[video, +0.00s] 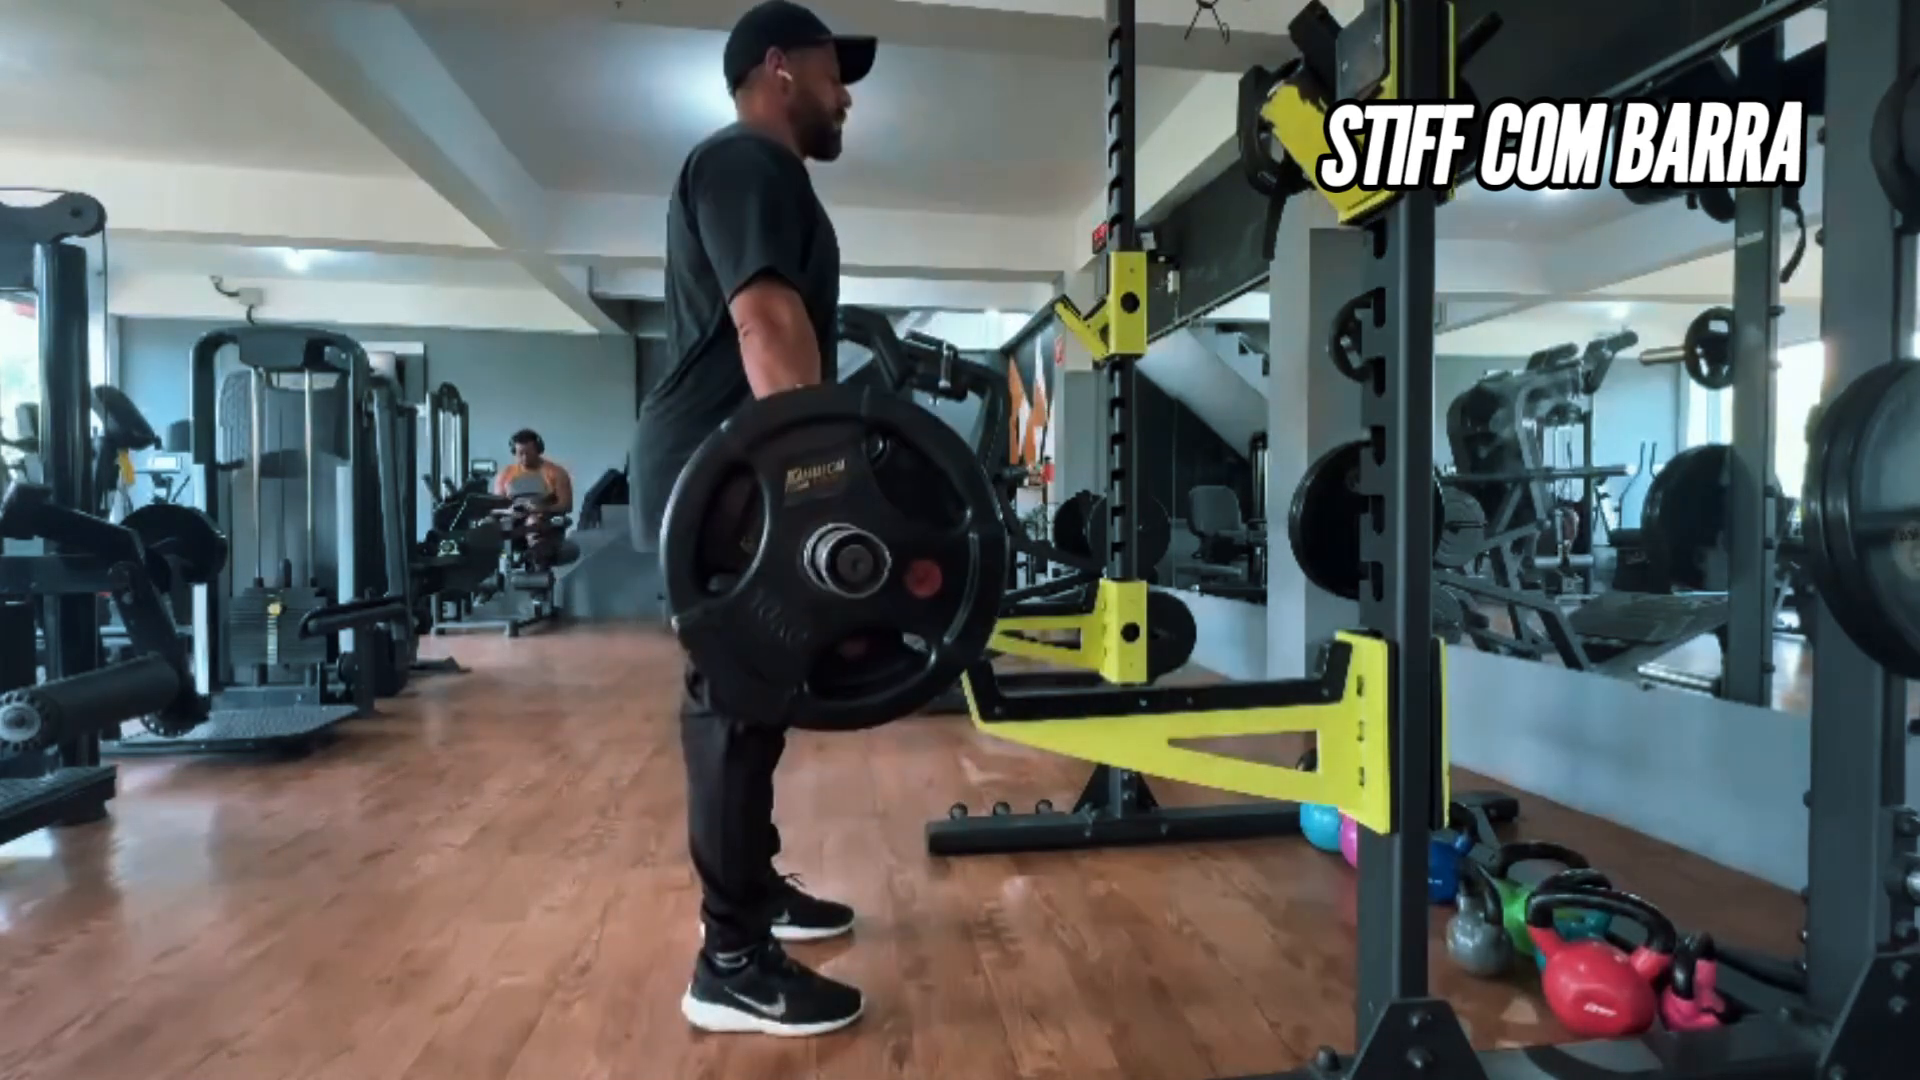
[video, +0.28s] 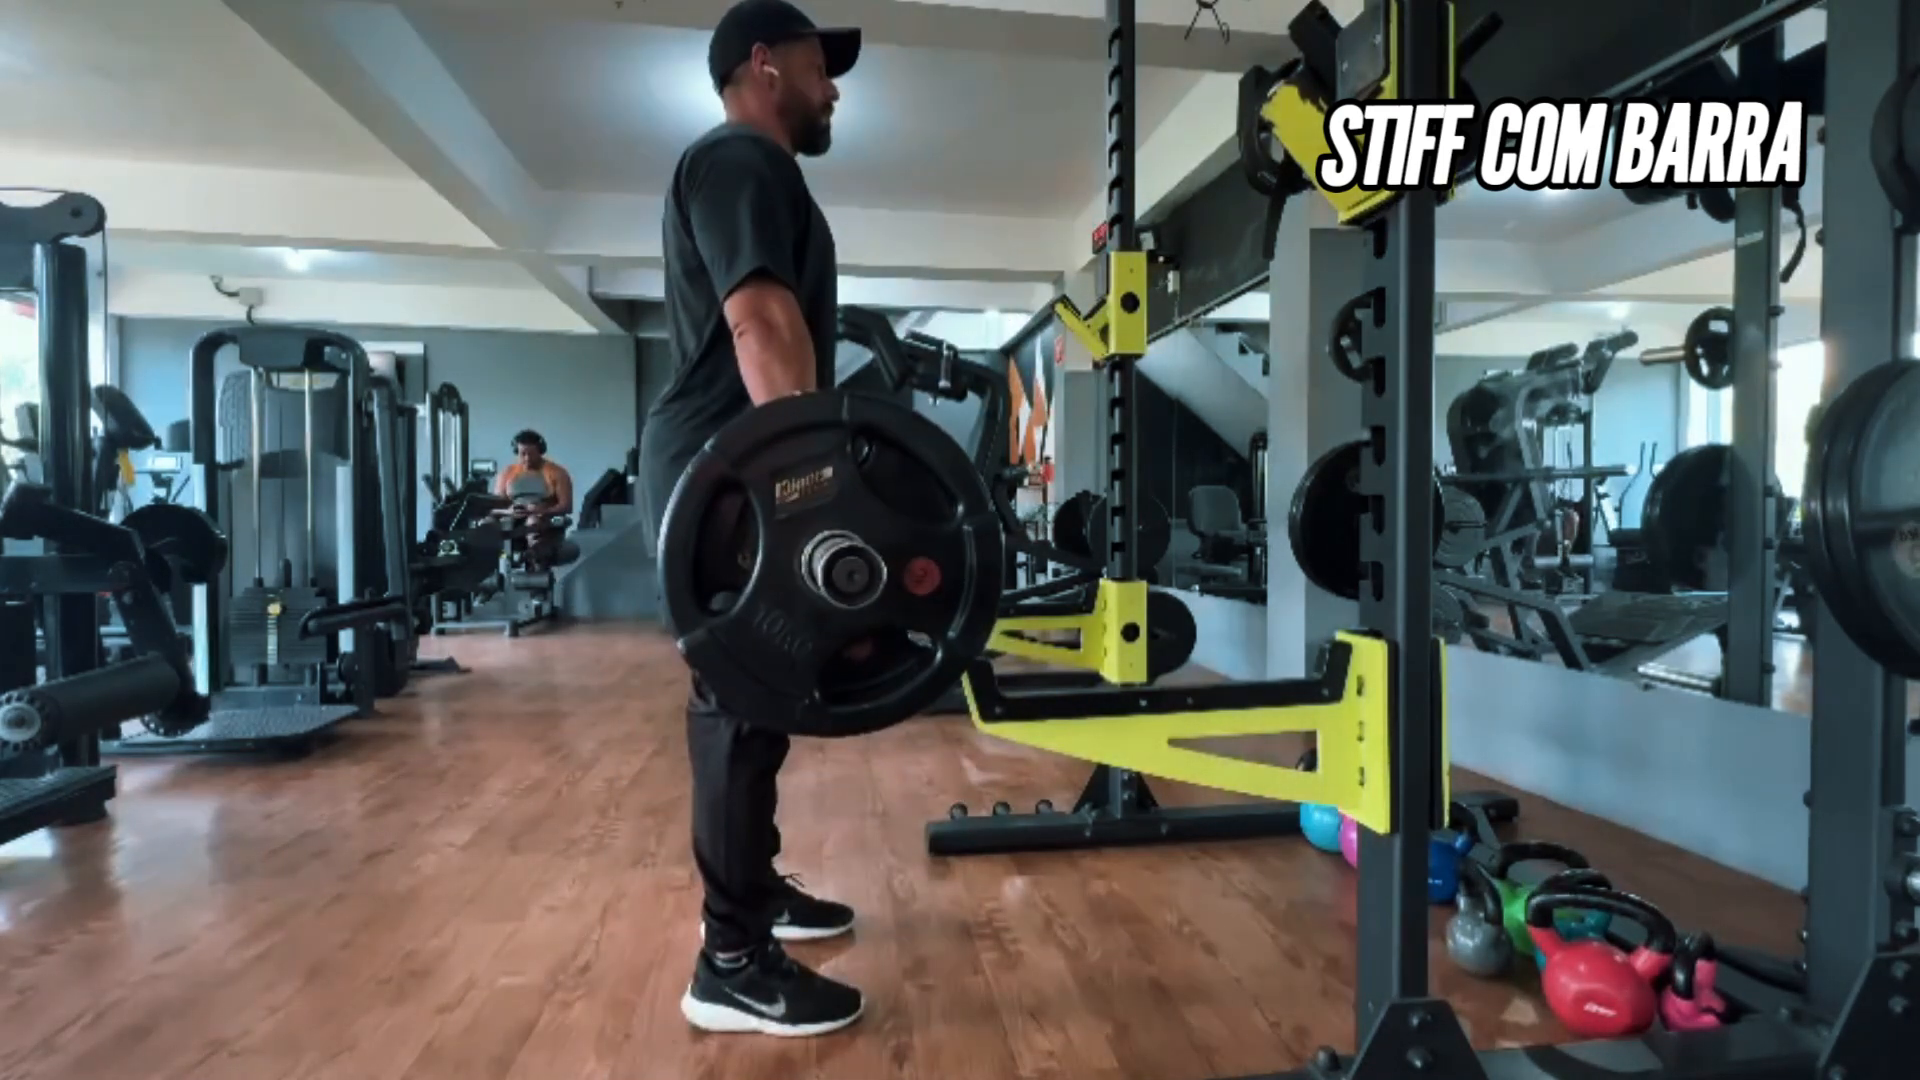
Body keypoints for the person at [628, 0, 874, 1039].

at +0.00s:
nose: (848, 95)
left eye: (847, 79)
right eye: (836, 74)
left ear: (772, 78)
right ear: (776, 70)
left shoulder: (750, 171)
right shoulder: (741, 160)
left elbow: (773, 337)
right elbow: (762, 318)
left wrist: (819, 482)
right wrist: (827, 485)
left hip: (727, 475)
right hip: (711, 477)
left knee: (750, 689)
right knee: (730, 698)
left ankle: (750, 882)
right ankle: (730, 957)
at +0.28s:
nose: (835, 87)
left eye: (833, 71)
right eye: (821, 66)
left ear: (757, 75)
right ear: (760, 68)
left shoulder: (749, 169)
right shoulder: (736, 159)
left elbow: (772, 336)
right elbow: (757, 318)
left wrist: (816, 480)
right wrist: (820, 484)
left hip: (730, 477)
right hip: (714, 480)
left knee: (753, 692)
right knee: (733, 701)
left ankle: (751, 883)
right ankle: (730, 958)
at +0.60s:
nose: (861, 96)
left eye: (859, 80)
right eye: (848, 76)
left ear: (786, 83)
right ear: (790, 75)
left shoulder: (764, 182)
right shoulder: (754, 165)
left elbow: (778, 344)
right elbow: (765, 326)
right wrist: (810, 498)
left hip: (720, 474)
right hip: (706, 475)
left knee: (752, 693)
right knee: (733, 704)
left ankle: (751, 884)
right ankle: (731, 958)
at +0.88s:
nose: (915, 159)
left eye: (916, 143)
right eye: (906, 137)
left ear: (845, 130)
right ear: (849, 126)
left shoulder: (811, 216)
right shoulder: (790, 199)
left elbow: (790, 376)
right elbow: (781, 369)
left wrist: (803, 547)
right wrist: (806, 552)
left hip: (699, 472)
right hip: (667, 473)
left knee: (744, 688)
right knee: (723, 702)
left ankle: (751, 886)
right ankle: (731, 959)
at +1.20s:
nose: (967, 272)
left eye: (970, 256)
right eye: (960, 250)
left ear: (899, 243)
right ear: (908, 237)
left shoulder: (830, 307)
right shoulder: (817, 292)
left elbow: (796, 476)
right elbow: (793, 470)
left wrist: (803, 639)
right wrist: (804, 645)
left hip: (627, 489)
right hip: (625, 488)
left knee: (711, 719)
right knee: (745, 710)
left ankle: (733, 959)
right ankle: (737, 973)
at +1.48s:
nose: (982, 360)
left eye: (987, 343)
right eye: (980, 336)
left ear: (928, 319)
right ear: (933, 318)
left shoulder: (836, 355)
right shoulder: (830, 354)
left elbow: (807, 533)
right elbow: (799, 537)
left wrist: (793, 697)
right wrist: (798, 718)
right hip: (592, 491)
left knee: (726, 704)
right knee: (726, 708)